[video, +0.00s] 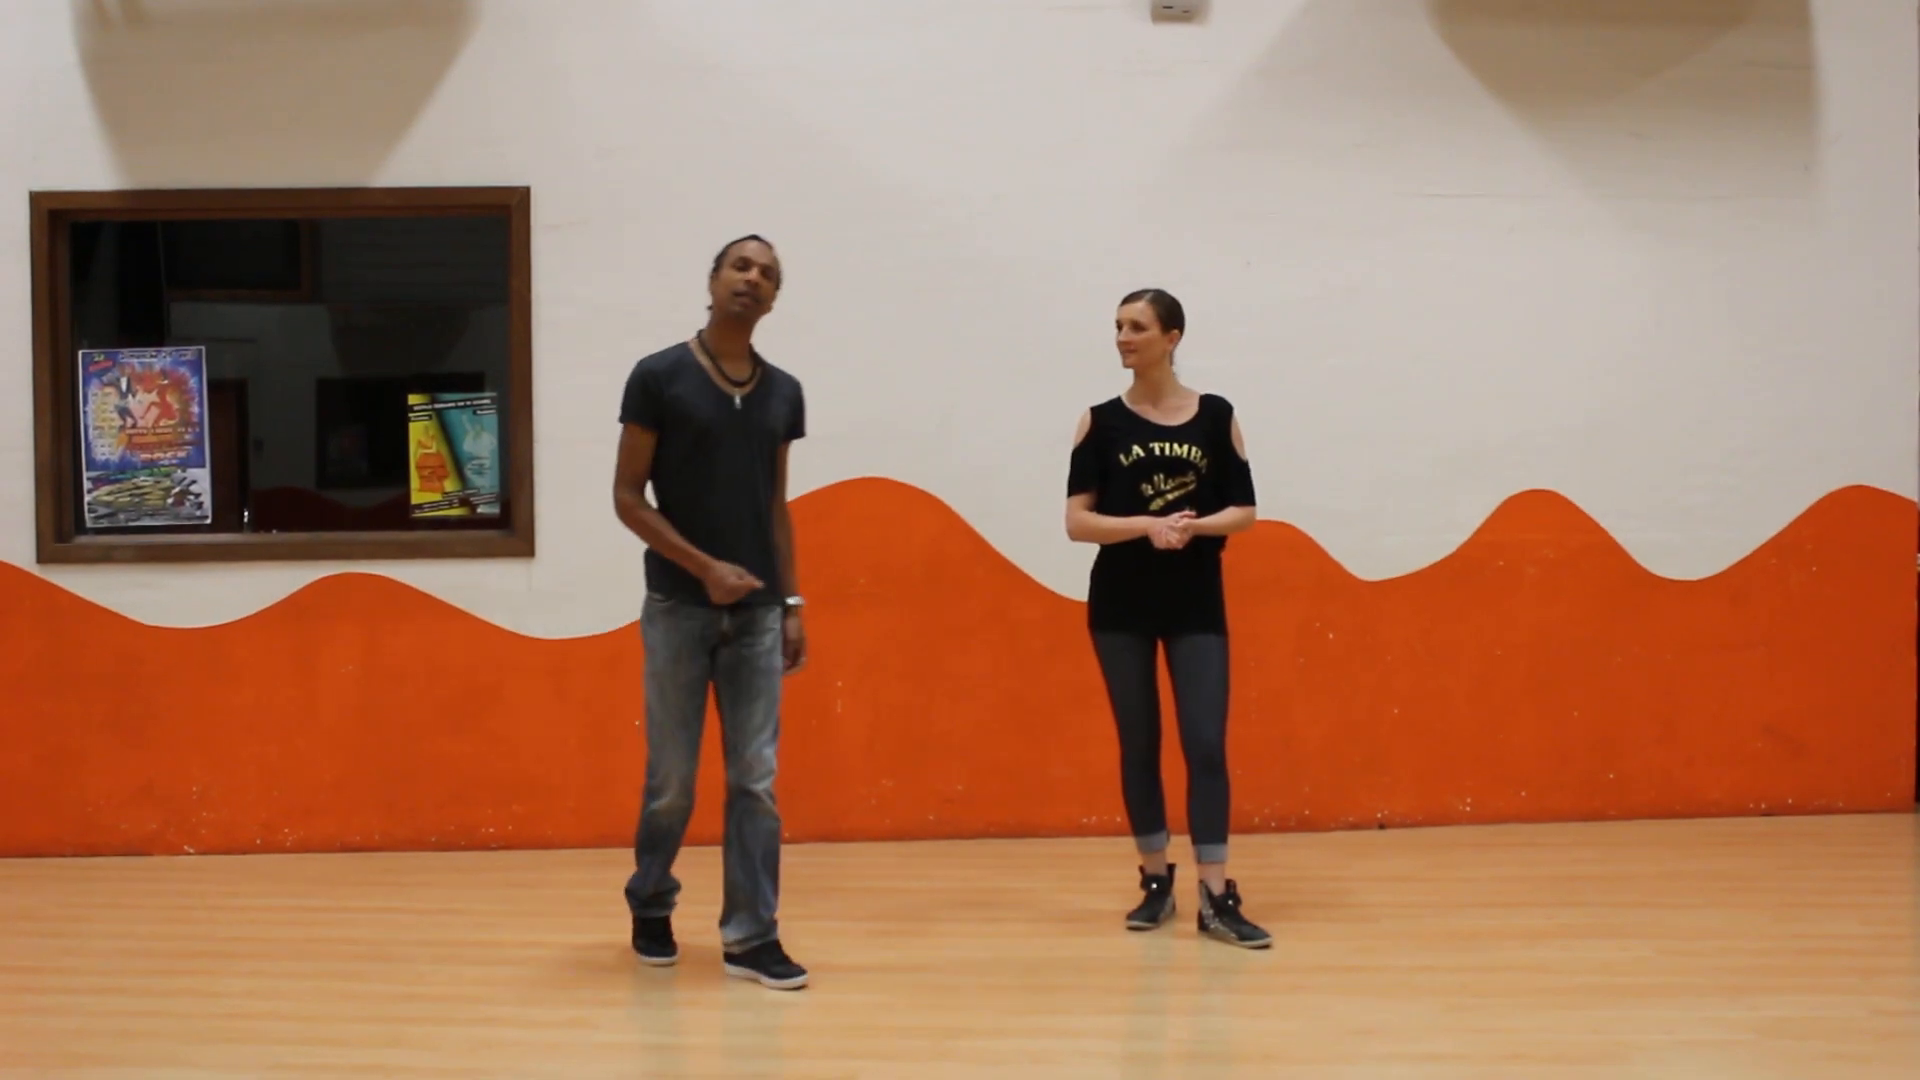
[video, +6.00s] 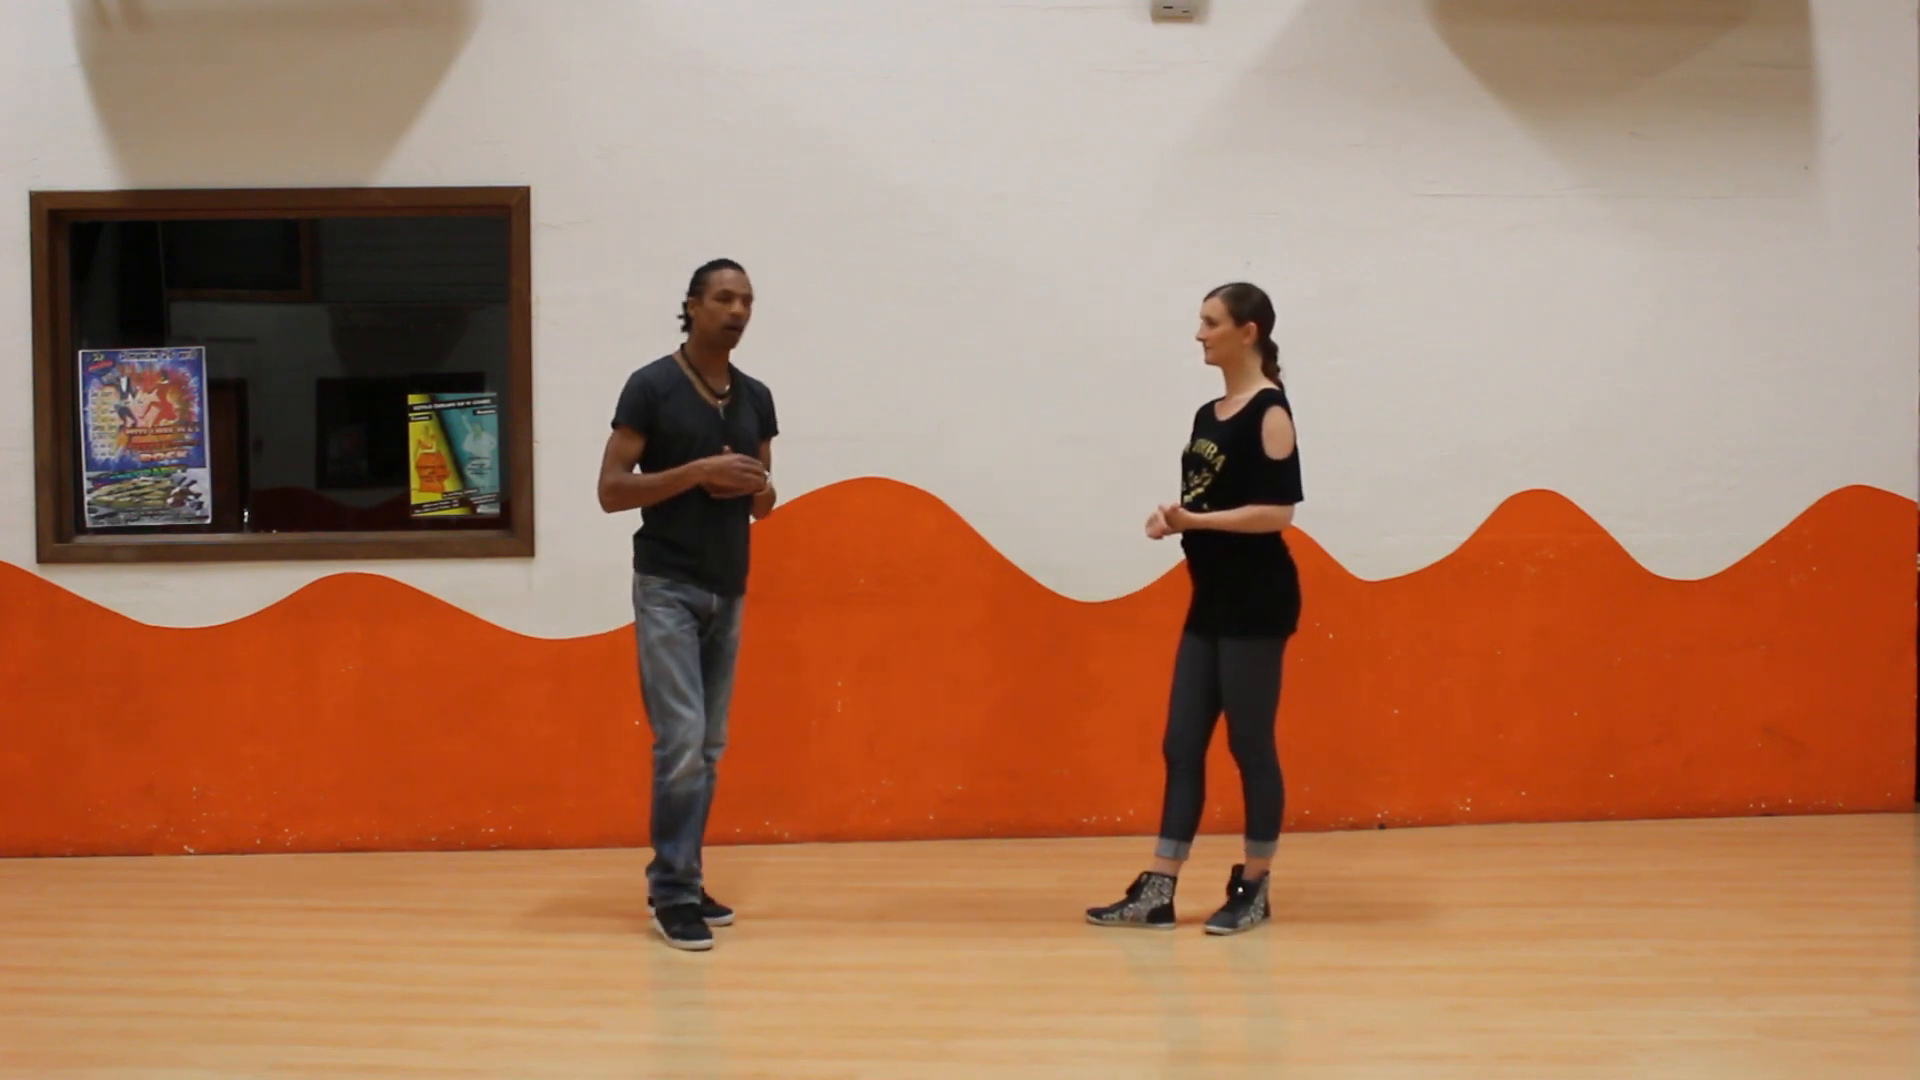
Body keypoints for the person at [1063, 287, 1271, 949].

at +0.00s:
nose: (1122, 338)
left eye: (1136, 328)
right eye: (1119, 328)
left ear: (1172, 337)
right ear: (1118, 337)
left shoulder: (1215, 415)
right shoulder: (1099, 422)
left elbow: (1243, 511)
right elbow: (1078, 521)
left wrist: (1198, 524)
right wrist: (1142, 525)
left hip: (1195, 603)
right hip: (1120, 603)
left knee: (1206, 748)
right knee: (1139, 745)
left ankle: (1216, 896)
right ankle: (1157, 883)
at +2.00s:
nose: (1146, 336)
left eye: (1157, 326)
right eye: (1134, 327)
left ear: (1176, 337)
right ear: (1117, 338)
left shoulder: (1210, 413)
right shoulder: (1095, 425)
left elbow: (1245, 507)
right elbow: (1076, 525)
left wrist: (1199, 522)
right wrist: (1139, 522)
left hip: (1194, 603)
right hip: (1120, 605)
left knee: (1207, 748)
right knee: (1139, 746)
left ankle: (1216, 896)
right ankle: (1157, 883)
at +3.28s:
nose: (1137, 324)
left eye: (1150, 317)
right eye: (1140, 314)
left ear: (1186, 332)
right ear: (1171, 332)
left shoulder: (1198, 408)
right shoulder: (1160, 410)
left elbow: (1212, 508)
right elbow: (1170, 502)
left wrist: (1133, 522)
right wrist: (1124, 515)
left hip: (1212, 598)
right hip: (1172, 597)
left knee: (1216, 744)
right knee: (1171, 743)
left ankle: (1248, 884)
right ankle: (1167, 883)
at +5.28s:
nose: (1196, 336)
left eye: (1208, 326)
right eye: (1197, 325)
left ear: (1248, 331)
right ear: (1231, 332)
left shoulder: (1270, 414)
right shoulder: (1206, 412)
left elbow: (1276, 514)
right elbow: (1211, 503)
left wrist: (1193, 520)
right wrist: (1174, 516)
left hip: (1255, 604)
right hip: (1207, 599)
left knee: (1252, 745)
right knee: (1180, 745)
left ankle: (1253, 888)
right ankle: (1158, 889)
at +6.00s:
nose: (1199, 334)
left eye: (1211, 324)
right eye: (1201, 323)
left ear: (1250, 331)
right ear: (1237, 332)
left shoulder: (1272, 413)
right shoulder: (1210, 412)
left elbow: (1278, 513)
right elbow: (1213, 502)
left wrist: (1194, 519)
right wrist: (1176, 515)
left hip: (1257, 604)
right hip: (1210, 599)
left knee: (1252, 745)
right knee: (1182, 745)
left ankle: (1253, 889)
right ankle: (1158, 890)